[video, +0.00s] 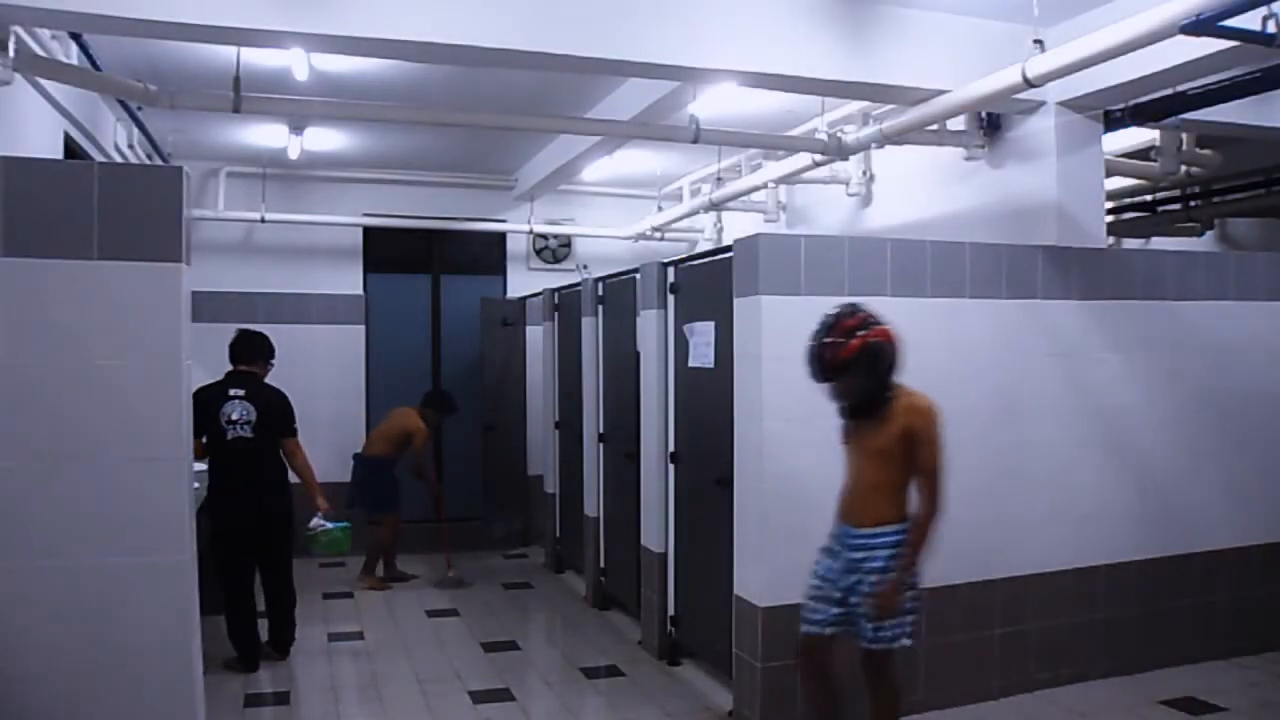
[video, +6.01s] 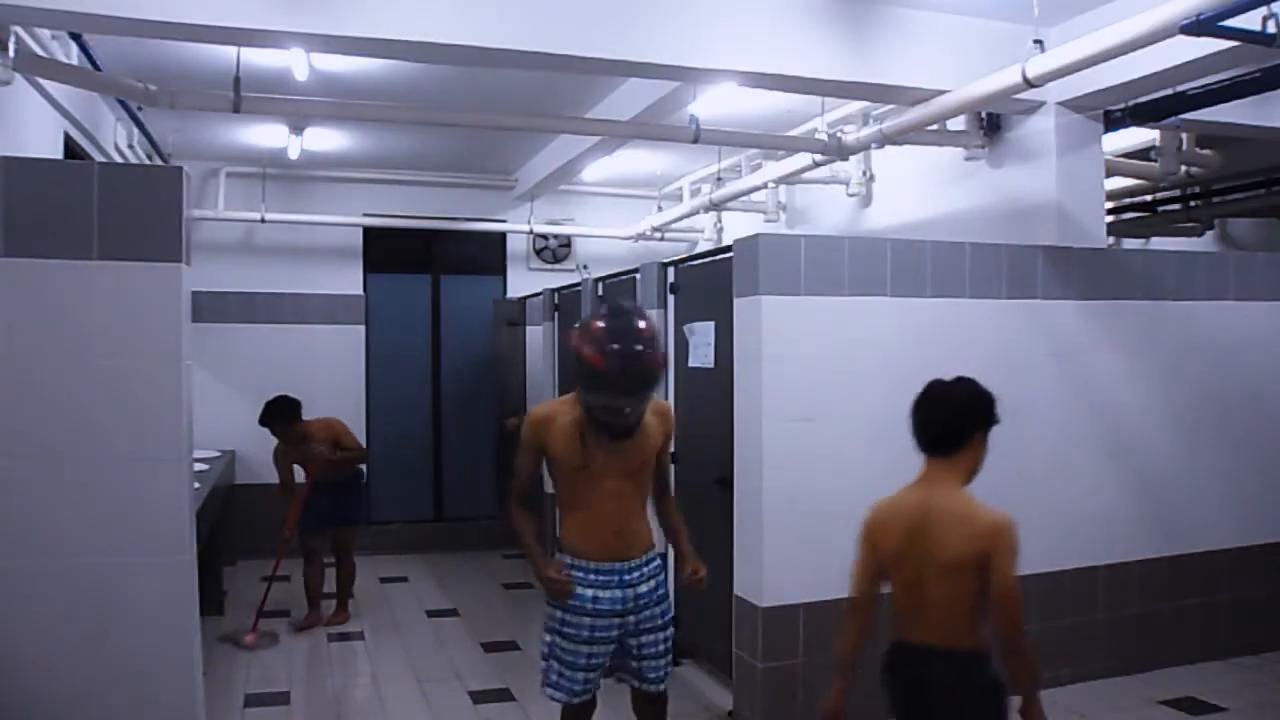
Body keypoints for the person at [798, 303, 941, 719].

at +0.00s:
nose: (835, 391)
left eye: (843, 379)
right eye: (831, 380)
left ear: (872, 369)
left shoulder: (915, 413)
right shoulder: (854, 411)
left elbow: (929, 503)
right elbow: (859, 483)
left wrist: (900, 577)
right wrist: (840, 544)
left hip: (886, 549)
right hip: (841, 544)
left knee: (877, 660)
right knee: (812, 649)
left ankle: (885, 714)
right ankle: (826, 714)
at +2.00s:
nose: (637, 415)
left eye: (646, 403)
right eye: (625, 405)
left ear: (655, 387)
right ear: (598, 383)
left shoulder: (655, 420)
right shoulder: (548, 422)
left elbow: (637, 495)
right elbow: (515, 501)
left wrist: (668, 559)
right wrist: (538, 576)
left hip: (645, 583)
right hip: (580, 587)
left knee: (659, 700)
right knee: (578, 708)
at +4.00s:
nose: (643, 406)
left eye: (652, 393)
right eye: (631, 393)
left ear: (661, 381)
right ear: (599, 377)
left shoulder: (654, 417)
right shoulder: (553, 419)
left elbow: (641, 497)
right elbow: (514, 501)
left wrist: (682, 548)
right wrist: (542, 569)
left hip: (654, 579)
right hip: (591, 585)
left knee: (656, 699)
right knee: (585, 707)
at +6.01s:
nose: (623, 414)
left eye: (633, 402)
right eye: (610, 404)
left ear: (648, 385)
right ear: (582, 383)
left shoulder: (661, 418)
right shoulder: (544, 422)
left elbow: (663, 494)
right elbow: (521, 503)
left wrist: (687, 553)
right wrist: (541, 563)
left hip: (648, 579)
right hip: (582, 583)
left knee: (653, 700)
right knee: (579, 705)